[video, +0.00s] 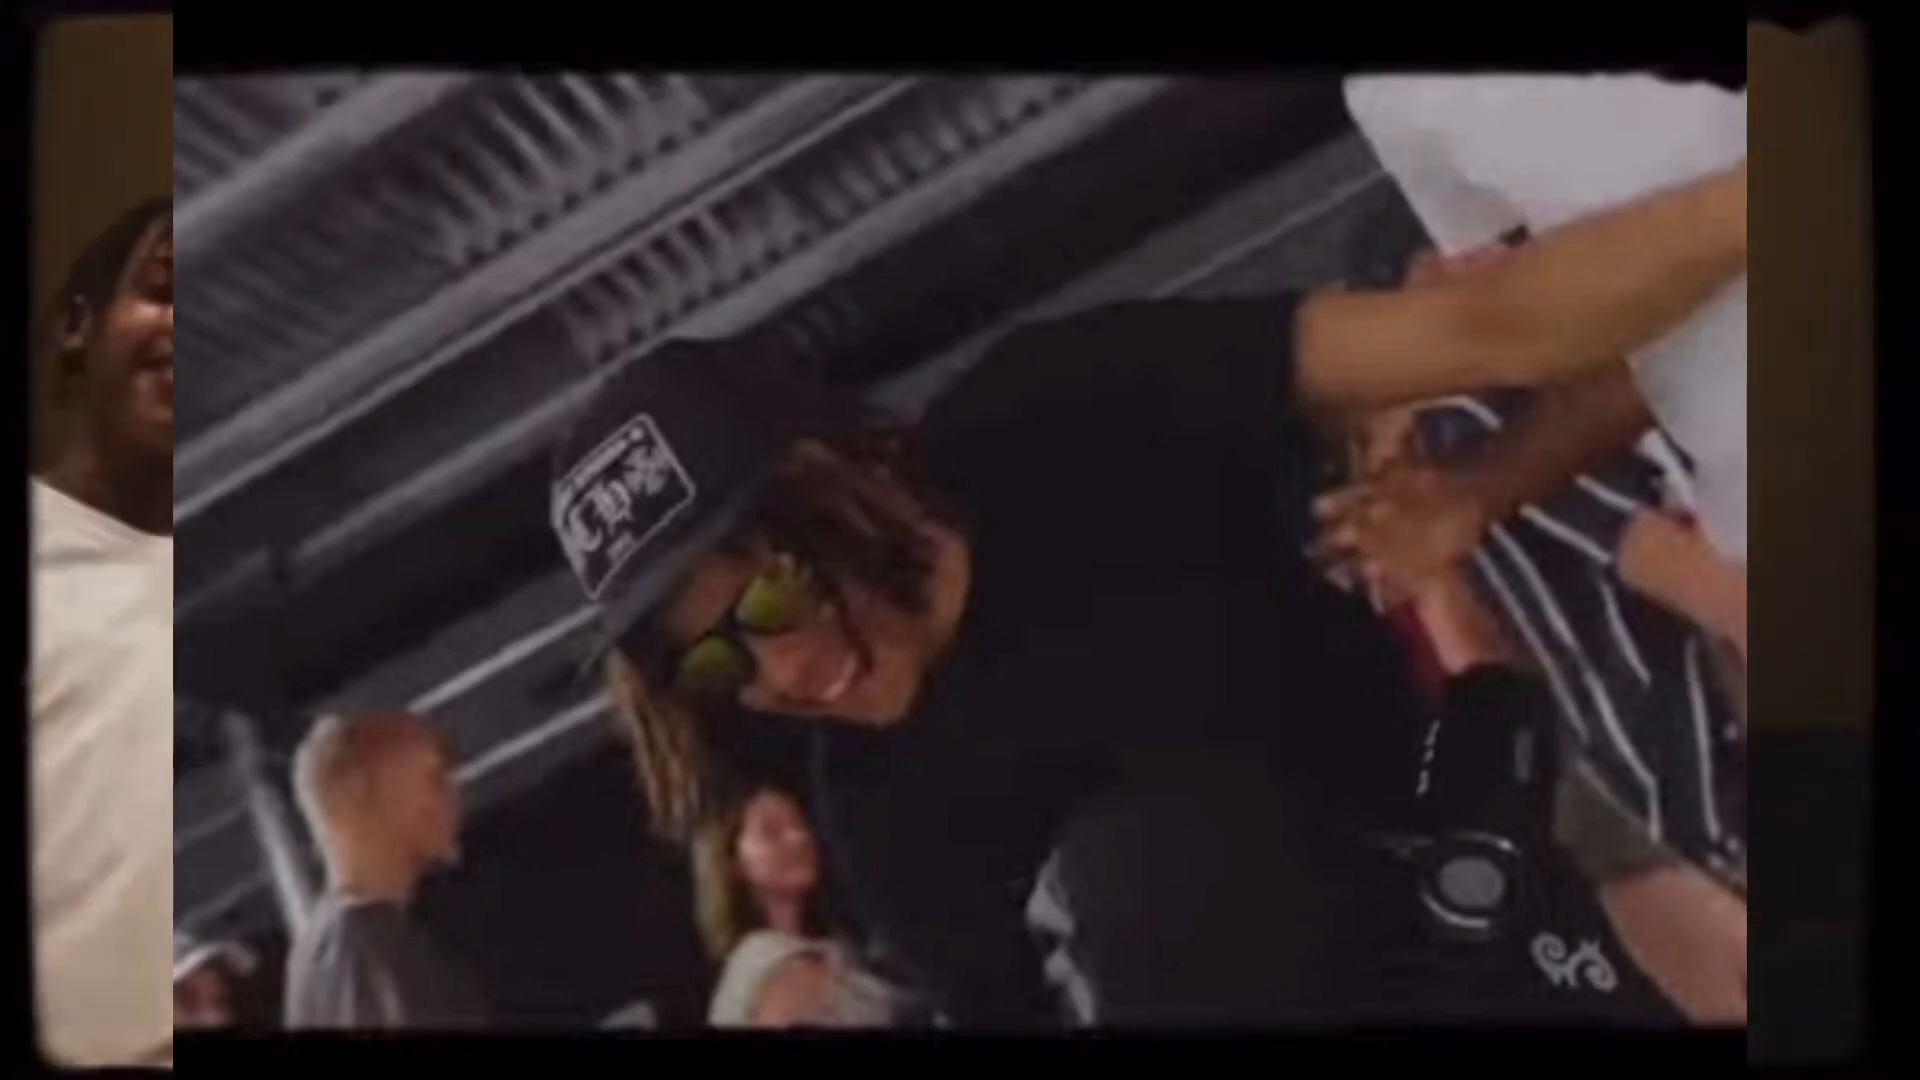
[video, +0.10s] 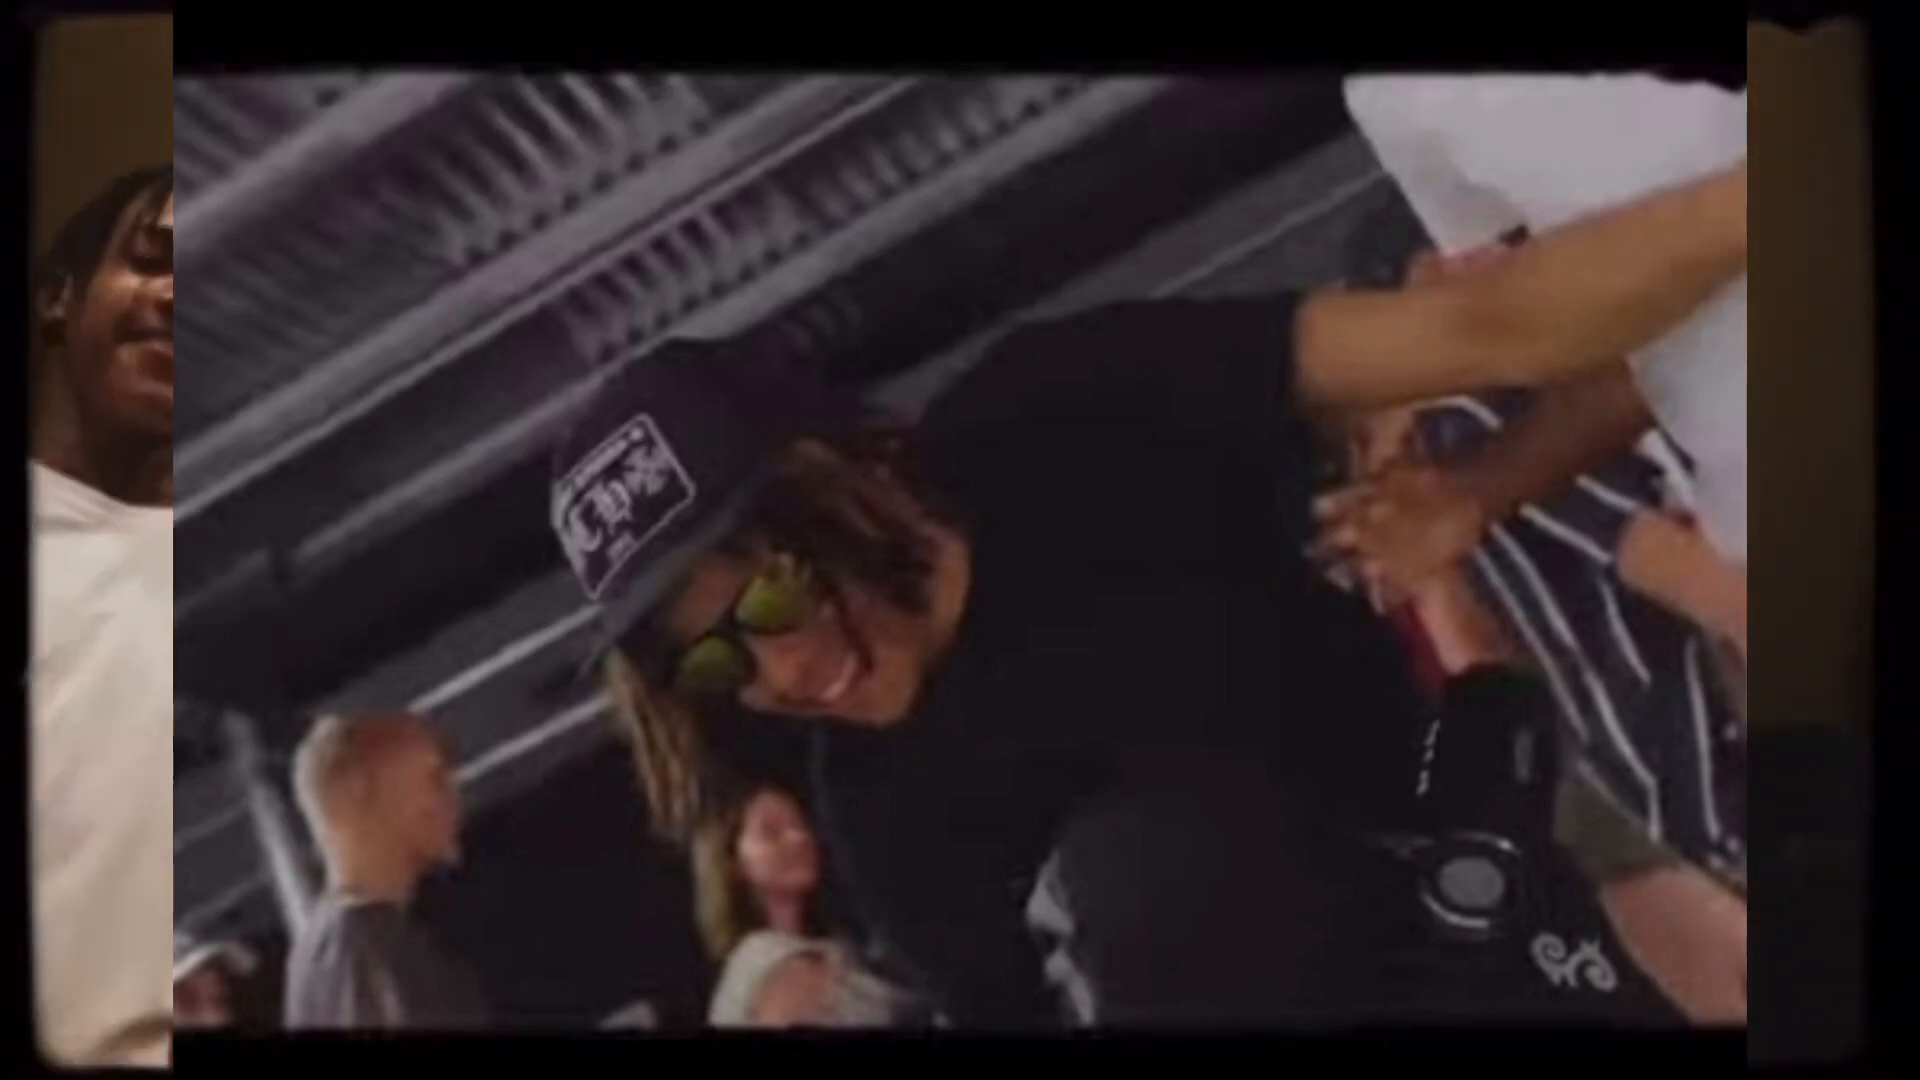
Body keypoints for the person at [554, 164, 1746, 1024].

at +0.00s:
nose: (768, 661)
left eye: (761, 587)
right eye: (709, 657)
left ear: (835, 480)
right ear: (686, 685)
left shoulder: (1051, 403)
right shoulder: (887, 843)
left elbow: (1469, 330)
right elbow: (1030, 1023)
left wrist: (1760, 200)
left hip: (1476, 839)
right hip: (1242, 973)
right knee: (1136, 867)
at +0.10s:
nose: (769, 660)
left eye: (763, 586)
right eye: (711, 657)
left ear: (835, 477)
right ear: (689, 687)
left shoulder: (1050, 403)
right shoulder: (887, 843)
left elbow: (1470, 328)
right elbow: (1038, 1023)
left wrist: (1765, 198)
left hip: (1476, 839)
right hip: (1247, 974)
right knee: (1134, 870)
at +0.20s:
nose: (769, 660)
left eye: (763, 586)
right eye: (711, 657)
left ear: (836, 478)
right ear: (690, 686)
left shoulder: (1050, 403)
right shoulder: (887, 842)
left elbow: (1469, 328)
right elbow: (1036, 1022)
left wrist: (1764, 199)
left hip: (1474, 840)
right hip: (1237, 971)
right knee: (1134, 871)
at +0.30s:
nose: (768, 661)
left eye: (761, 587)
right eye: (710, 657)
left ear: (835, 478)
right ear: (688, 685)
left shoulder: (1050, 404)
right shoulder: (887, 844)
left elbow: (1469, 329)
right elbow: (1035, 1022)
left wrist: (1764, 198)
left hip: (1474, 840)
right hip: (1238, 973)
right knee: (1134, 871)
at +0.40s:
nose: (770, 661)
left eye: (763, 587)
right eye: (712, 658)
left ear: (836, 478)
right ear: (689, 687)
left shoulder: (1050, 403)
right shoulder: (887, 839)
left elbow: (1470, 328)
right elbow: (1034, 1022)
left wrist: (1763, 200)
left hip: (1471, 842)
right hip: (1231, 971)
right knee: (1135, 868)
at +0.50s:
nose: (768, 661)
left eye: (761, 587)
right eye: (710, 657)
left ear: (834, 478)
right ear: (688, 686)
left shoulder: (1052, 403)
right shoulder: (888, 844)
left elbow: (1469, 328)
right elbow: (1032, 1023)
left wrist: (1764, 199)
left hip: (1475, 841)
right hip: (1239, 974)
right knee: (1135, 870)